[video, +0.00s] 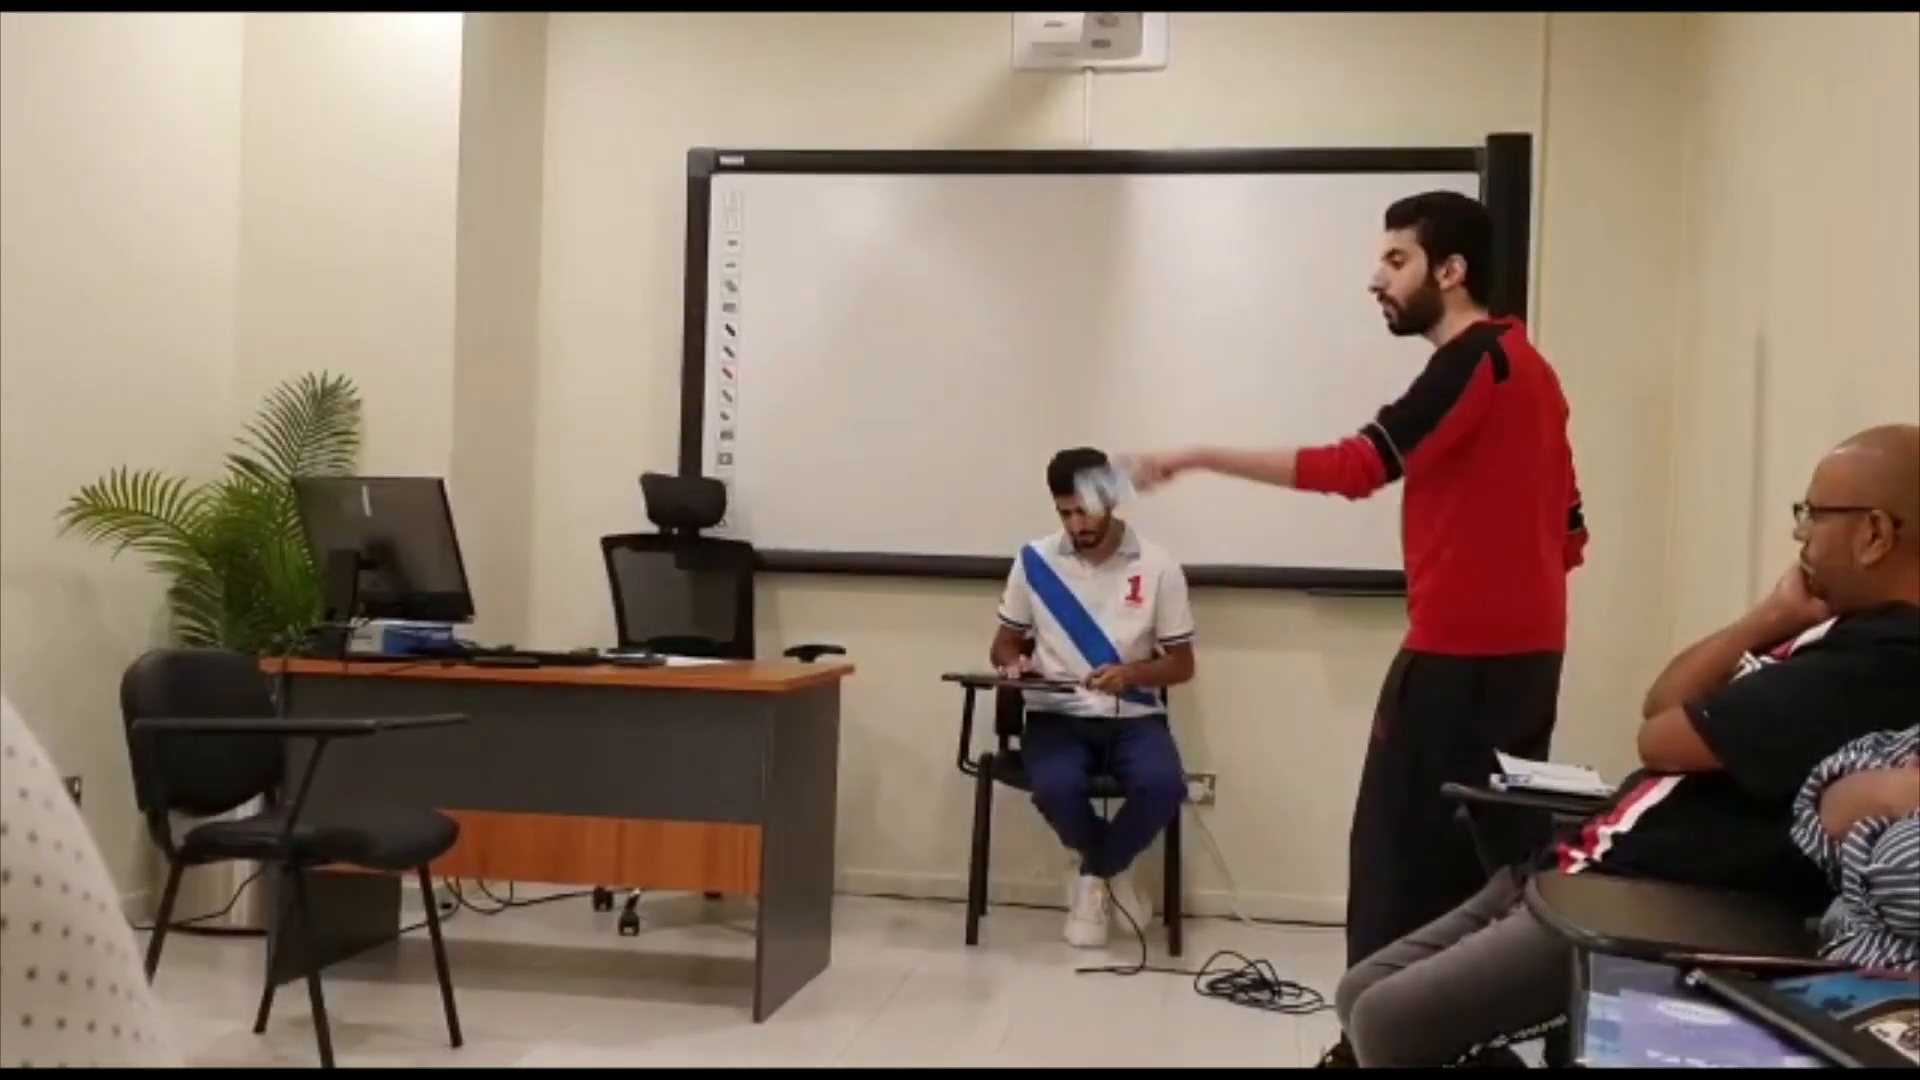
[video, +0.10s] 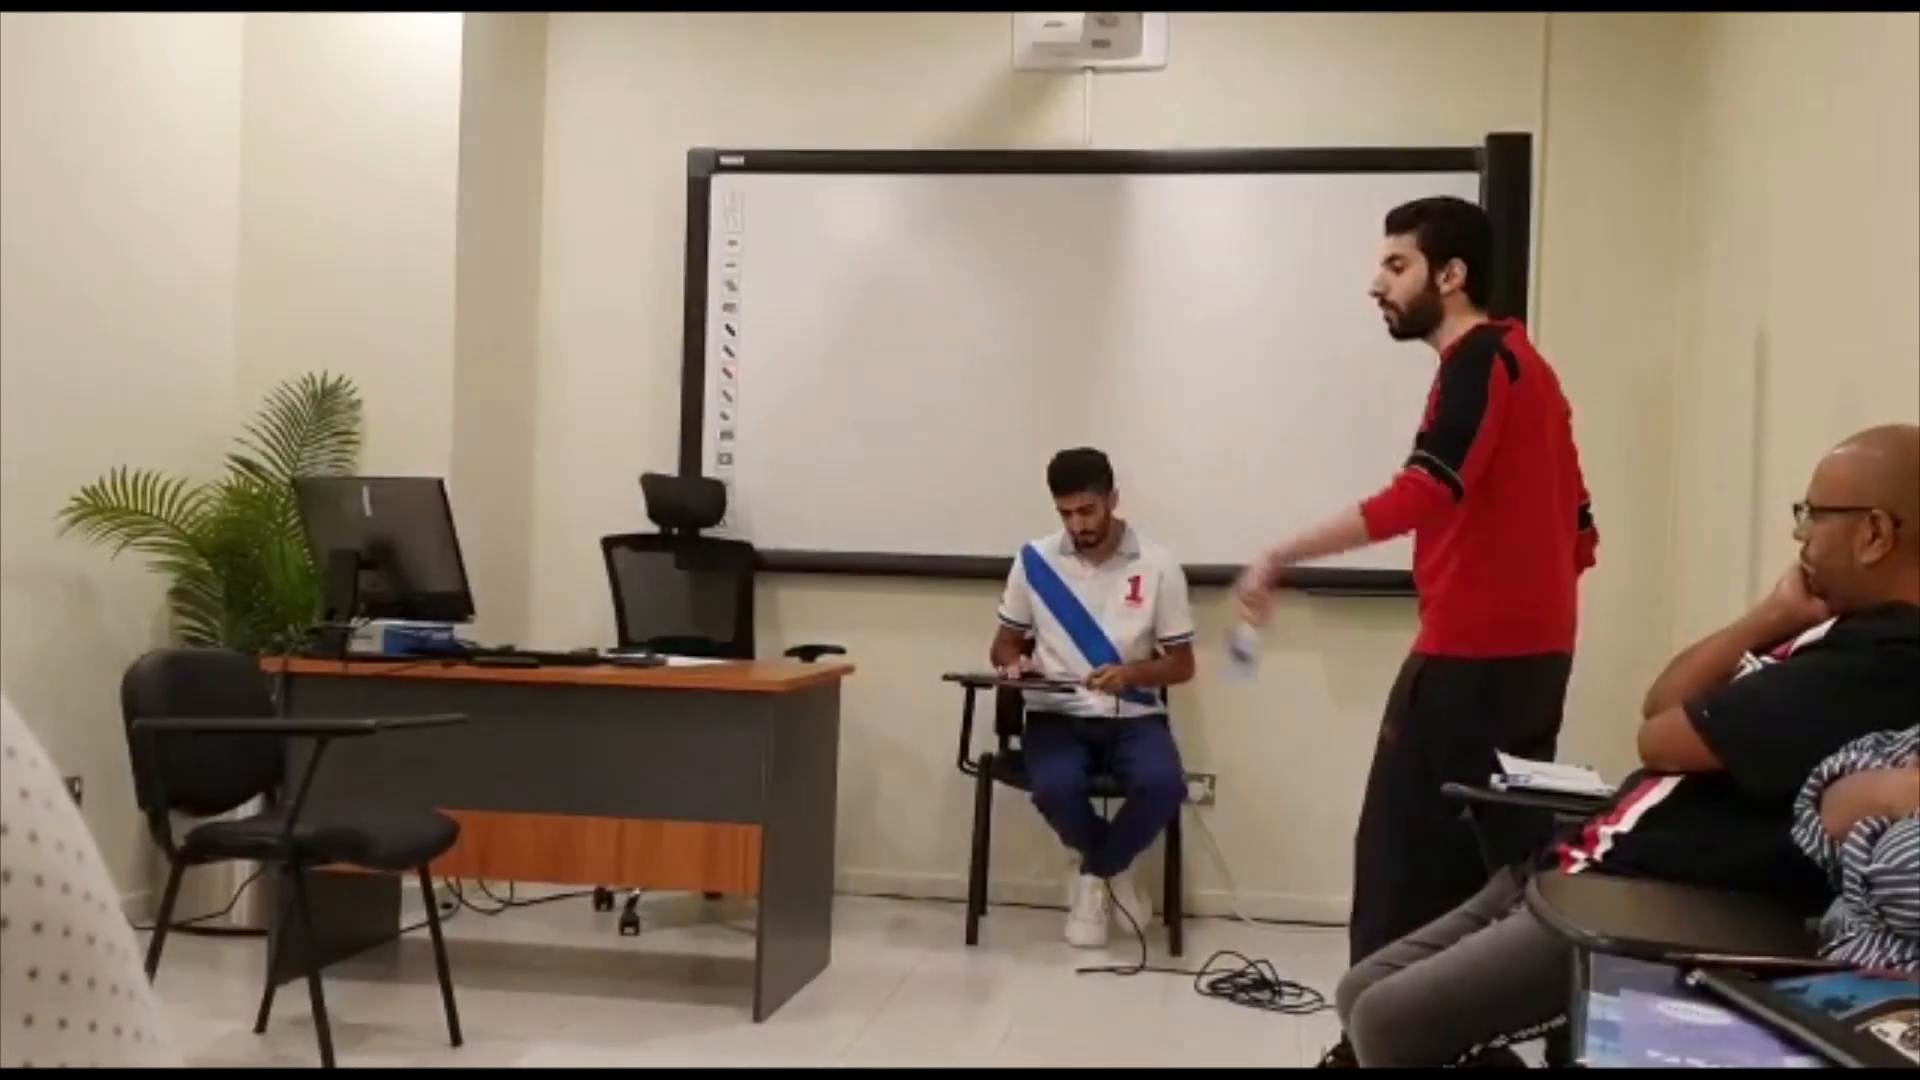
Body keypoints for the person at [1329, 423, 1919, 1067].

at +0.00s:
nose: (1799, 538)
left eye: (1811, 518)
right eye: (1803, 518)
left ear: (1878, 534)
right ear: (1879, 534)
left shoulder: (1882, 656)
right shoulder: (1853, 631)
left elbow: (1663, 743)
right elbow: (1662, 704)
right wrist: (1779, 614)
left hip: (1626, 907)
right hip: (1579, 863)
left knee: (1383, 1024)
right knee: (1363, 989)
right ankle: (1474, 1062)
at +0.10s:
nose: (1799, 538)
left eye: (1811, 518)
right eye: (1802, 518)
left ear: (1879, 535)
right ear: (1880, 535)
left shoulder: (1880, 658)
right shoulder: (1855, 632)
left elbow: (1663, 743)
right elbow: (1663, 704)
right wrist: (1779, 613)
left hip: (1632, 907)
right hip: (1584, 863)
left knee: (1383, 1023)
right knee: (1363, 988)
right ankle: (1473, 1062)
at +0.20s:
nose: (1799, 538)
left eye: (1811, 518)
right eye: (1802, 518)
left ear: (1879, 534)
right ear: (1880, 535)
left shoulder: (1880, 657)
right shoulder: (1854, 631)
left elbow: (1663, 744)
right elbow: (1661, 705)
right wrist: (1777, 615)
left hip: (1627, 909)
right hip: (1580, 864)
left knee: (1382, 1024)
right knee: (1362, 989)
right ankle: (1479, 1063)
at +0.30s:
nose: (1800, 539)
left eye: (1812, 518)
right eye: (1803, 518)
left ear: (1879, 534)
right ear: (1880, 534)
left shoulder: (1881, 657)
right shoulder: (1855, 632)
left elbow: (1664, 741)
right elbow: (1663, 703)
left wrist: (1767, 629)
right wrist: (1778, 614)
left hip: (1628, 907)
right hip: (1582, 864)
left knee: (1383, 1024)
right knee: (1362, 988)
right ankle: (1475, 1062)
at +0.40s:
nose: (1801, 537)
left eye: (1812, 516)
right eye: (1804, 516)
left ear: (1879, 532)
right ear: (1880, 532)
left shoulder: (1881, 656)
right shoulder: (1855, 632)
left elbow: (1666, 742)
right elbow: (1662, 705)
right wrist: (1782, 611)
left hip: (1630, 906)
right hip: (1584, 863)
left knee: (1384, 1022)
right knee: (1363, 988)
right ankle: (1481, 1064)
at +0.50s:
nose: (1803, 538)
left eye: (1813, 517)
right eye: (1805, 517)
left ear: (1880, 532)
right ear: (1880, 532)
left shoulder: (1882, 655)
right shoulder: (1855, 631)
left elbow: (1667, 743)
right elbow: (1664, 704)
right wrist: (1781, 611)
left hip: (1633, 904)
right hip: (1585, 863)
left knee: (1386, 1021)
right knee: (1363, 988)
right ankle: (1480, 1062)